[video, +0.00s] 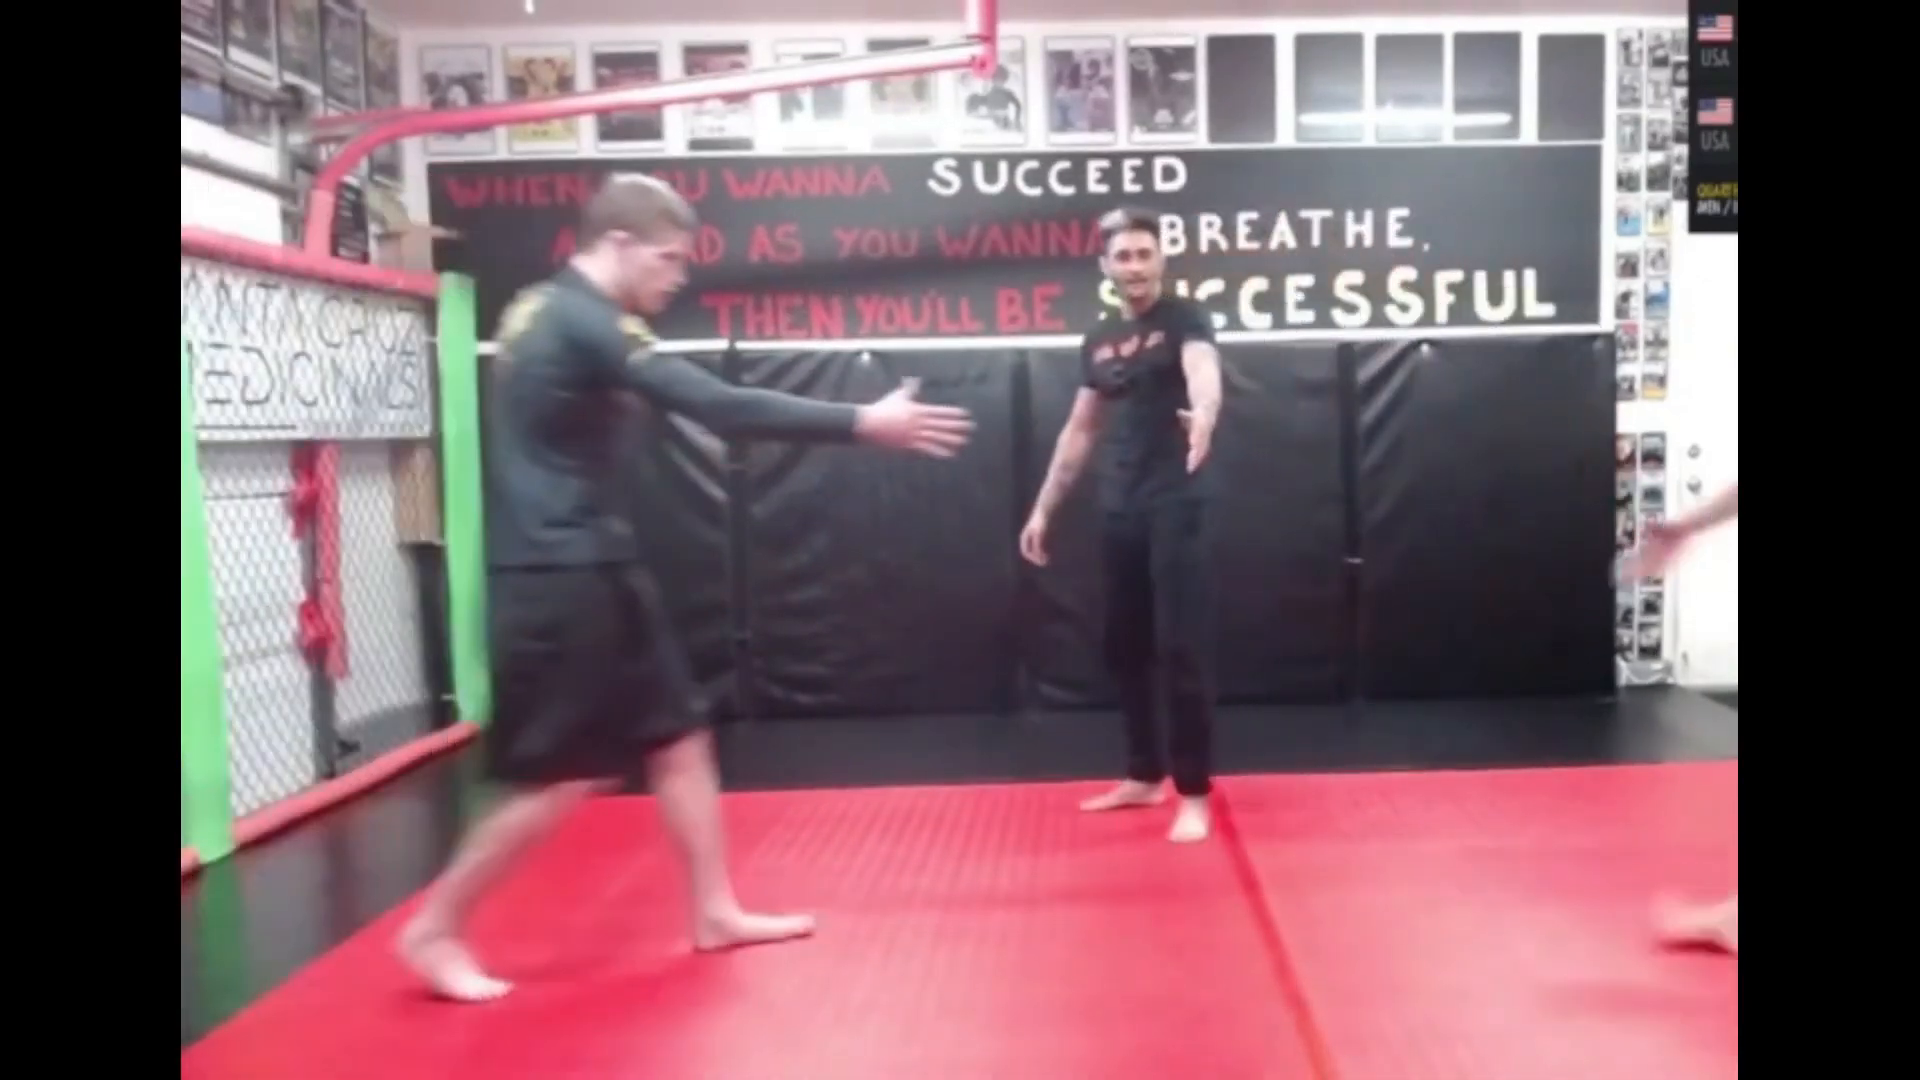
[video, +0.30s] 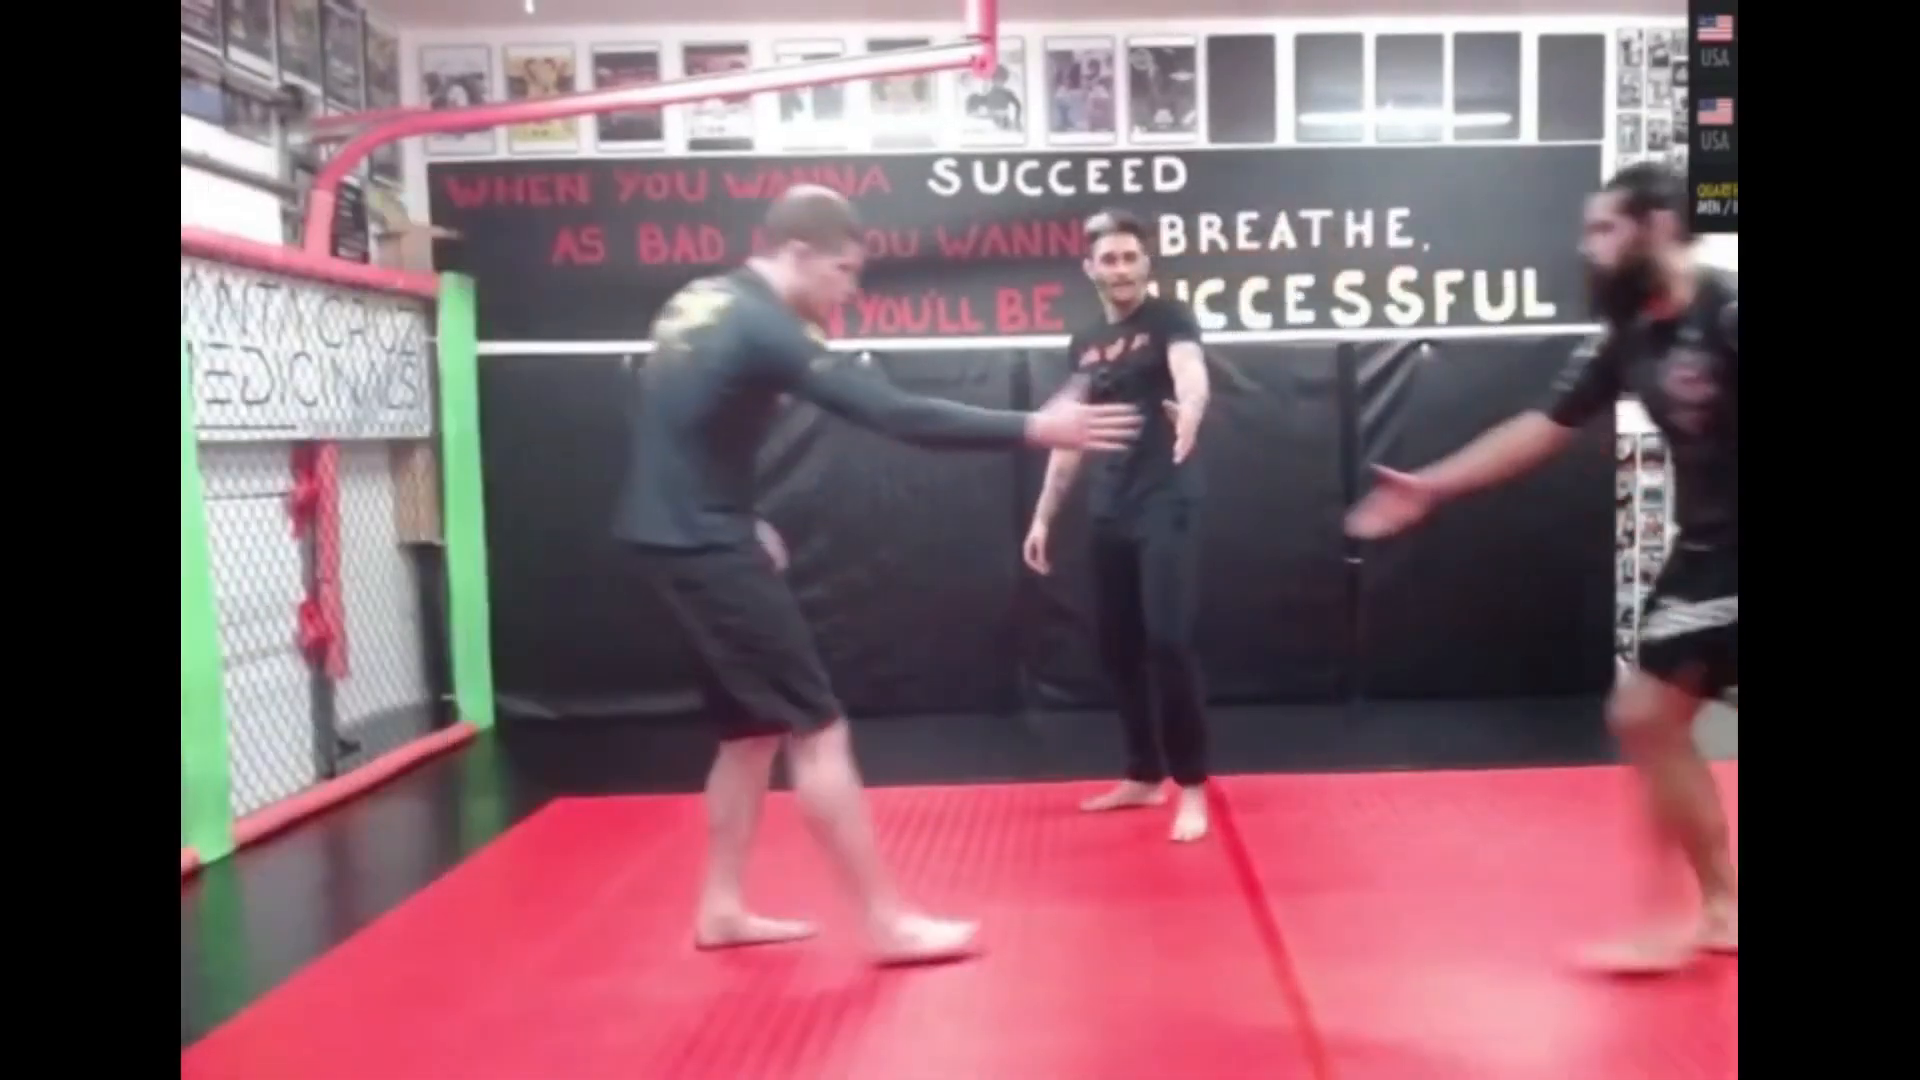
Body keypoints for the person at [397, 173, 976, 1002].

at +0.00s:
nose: (678, 281)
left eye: (681, 265)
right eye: (671, 262)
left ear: (612, 251)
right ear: (619, 247)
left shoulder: (546, 312)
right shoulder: (583, 320)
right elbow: (715, 400)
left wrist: (678, 425)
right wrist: (861, 420)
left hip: (587, 567)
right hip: (561, 572)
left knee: (680, 732)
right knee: (563, 771)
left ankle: (717, 913)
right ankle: (432, 929)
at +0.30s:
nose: (850, 291)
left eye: (855, 273)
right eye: (846, 271)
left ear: (786, 257)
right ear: (797, 255)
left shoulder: (706, 301)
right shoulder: (757, 323)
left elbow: (686, 439)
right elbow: (889, 410)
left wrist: (743, 523)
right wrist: (1035, 426)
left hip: (670, 535)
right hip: (703, 539)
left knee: (747, 727)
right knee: (819, 725)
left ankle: (720, 909)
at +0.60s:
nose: (970, 347)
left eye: (974, 330)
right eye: (966, 329)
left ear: (906, 308)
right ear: (919, 315)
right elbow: (1030, 466)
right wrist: (1179, 484)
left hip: (693, 542)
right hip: (756, 556)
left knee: (774, 732)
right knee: (879, 727)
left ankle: (723, 913)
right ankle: (907, 929)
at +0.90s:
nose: (1002, 344)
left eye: (1008, 328)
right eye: (997, 325)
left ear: (943, 305)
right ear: (950, 307)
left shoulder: (867, 323)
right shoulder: (905, 360)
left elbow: (788, 420)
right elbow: (903, 511)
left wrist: (831, 518)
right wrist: (990, 456)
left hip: (720, 528)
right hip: (776, 542)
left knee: (763, 729)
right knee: (876, 727)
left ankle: (719, 910)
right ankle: (904, 928)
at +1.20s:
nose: (1007, 347)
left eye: (1012, 332)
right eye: (1003, 329)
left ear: (946, 312)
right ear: (956, 312)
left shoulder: (870, 327)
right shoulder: (920, 370)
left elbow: (791, 425)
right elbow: (989, 497)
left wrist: (838, 519)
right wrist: (1079, 435)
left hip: (718, 526)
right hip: (776, 545)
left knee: (759, 730)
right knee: (871, 728)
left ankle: (718, 911)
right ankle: (905, 929)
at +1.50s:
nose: (1003, 325)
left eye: (1006, 309)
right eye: (996, 307)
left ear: (938, 298)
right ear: (948, 298)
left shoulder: (858, 324)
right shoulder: (901, 353)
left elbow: (792, 459)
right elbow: (834, 491)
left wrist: (850, 537)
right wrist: (946, 540)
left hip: (726, 530)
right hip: (782, 544)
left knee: (765, 730)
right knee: (888, 727)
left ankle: (719, 913)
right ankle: (906, 929)